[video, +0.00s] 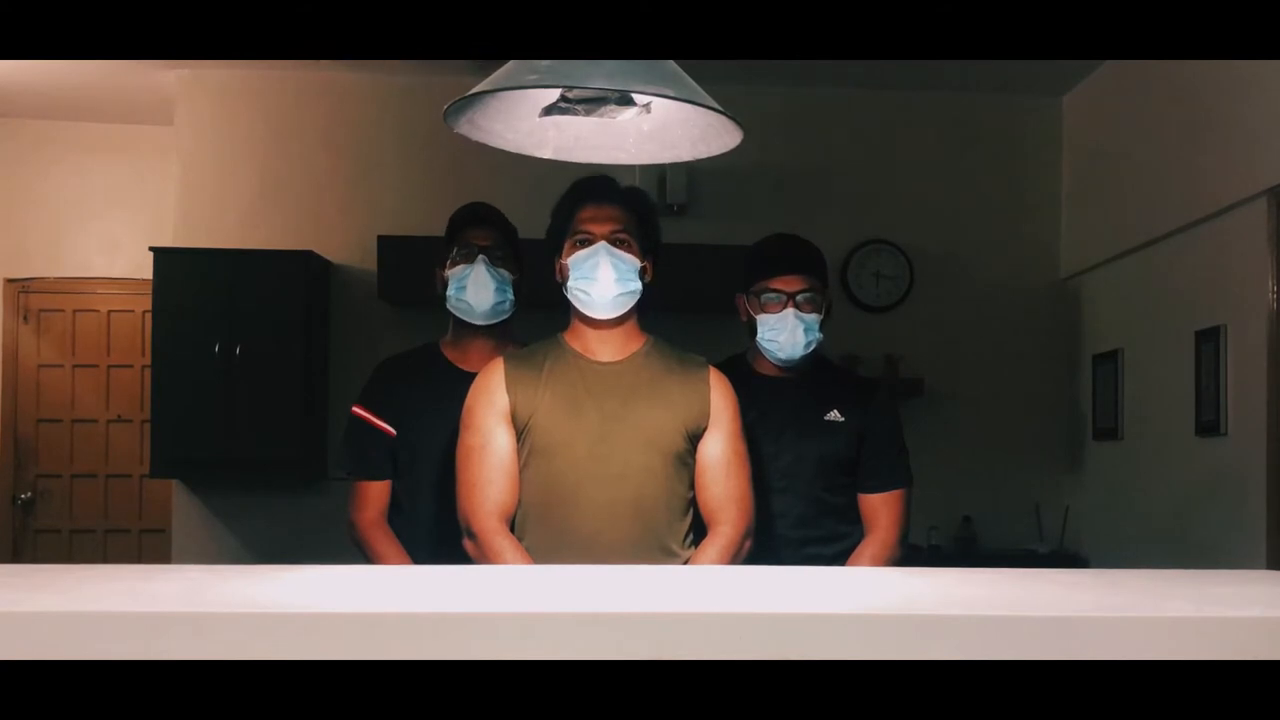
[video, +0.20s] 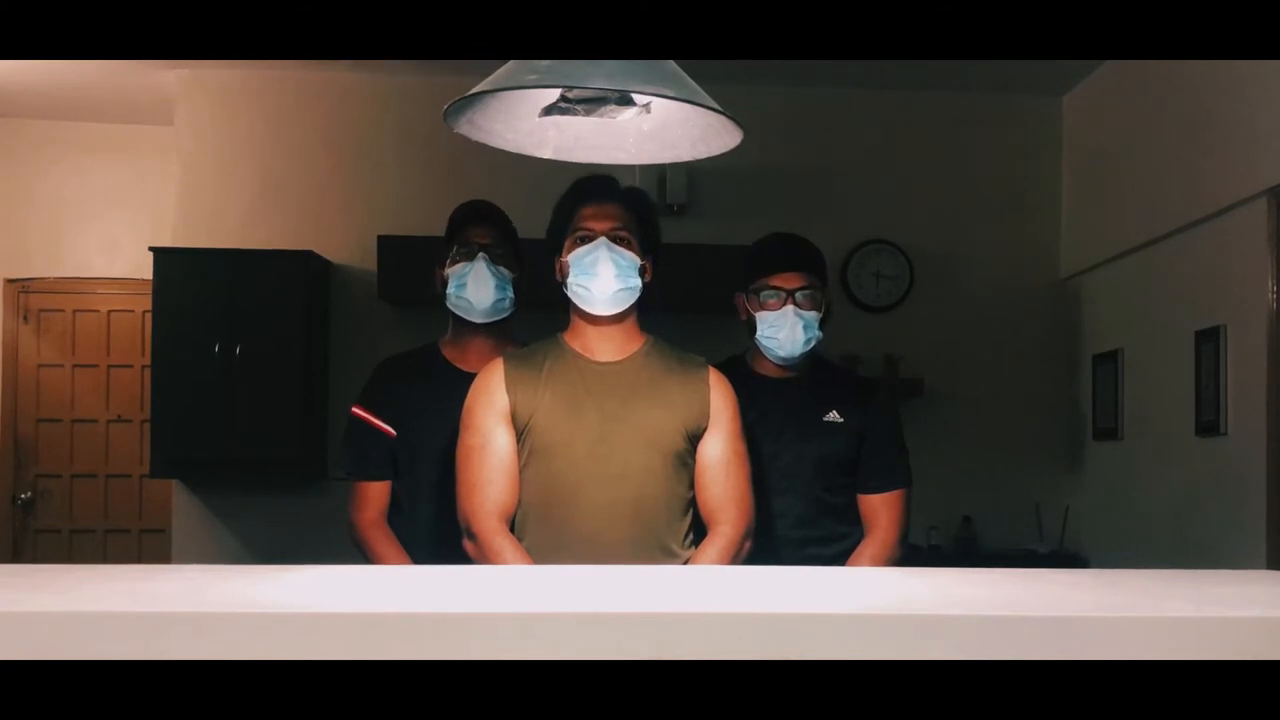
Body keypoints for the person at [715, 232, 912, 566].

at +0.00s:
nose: (790, 315)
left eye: (807, 301)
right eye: (772, 300)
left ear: (824, 307)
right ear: (745, 307)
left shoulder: (862, 400)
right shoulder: (709, 393)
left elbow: (884, 536)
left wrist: (831, 611)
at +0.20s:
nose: (789, 312)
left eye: (806, 298)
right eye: (771, 297)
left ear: (823, 305)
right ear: (745, 306)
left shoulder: (862, 400)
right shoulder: (708, 393)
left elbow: (884, 537)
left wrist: (830, 611)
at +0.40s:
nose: (788, 309)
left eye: (804, 295)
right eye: (771, 294)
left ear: (822, 305)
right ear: (744, 304)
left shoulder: (861, 400)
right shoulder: (708, 393)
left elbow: (883, 537)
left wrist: (830, 611)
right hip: (734, 596)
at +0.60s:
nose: (787, 306)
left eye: (803, 292)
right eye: (769, 291)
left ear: (821, 304)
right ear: (743, 303)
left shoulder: (861, 400)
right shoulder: (708, 394)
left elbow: (883, 537)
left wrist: (829, 611)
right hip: (734, 597)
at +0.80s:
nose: (786, 304)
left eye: (802, 290)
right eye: (768, 289)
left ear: (821, 303)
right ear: (742, 303)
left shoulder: (860, 400)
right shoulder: (707, 394)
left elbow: (882, 536)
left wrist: (829, 611)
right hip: (732, 597)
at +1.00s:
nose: (780, 301)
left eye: (796, 287)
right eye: (762, 287)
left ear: (816, 300)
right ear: (737, 300)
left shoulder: (854, 397)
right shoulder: (705, 391)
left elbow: (877, 532)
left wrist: (825, 612)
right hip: (728, 597)